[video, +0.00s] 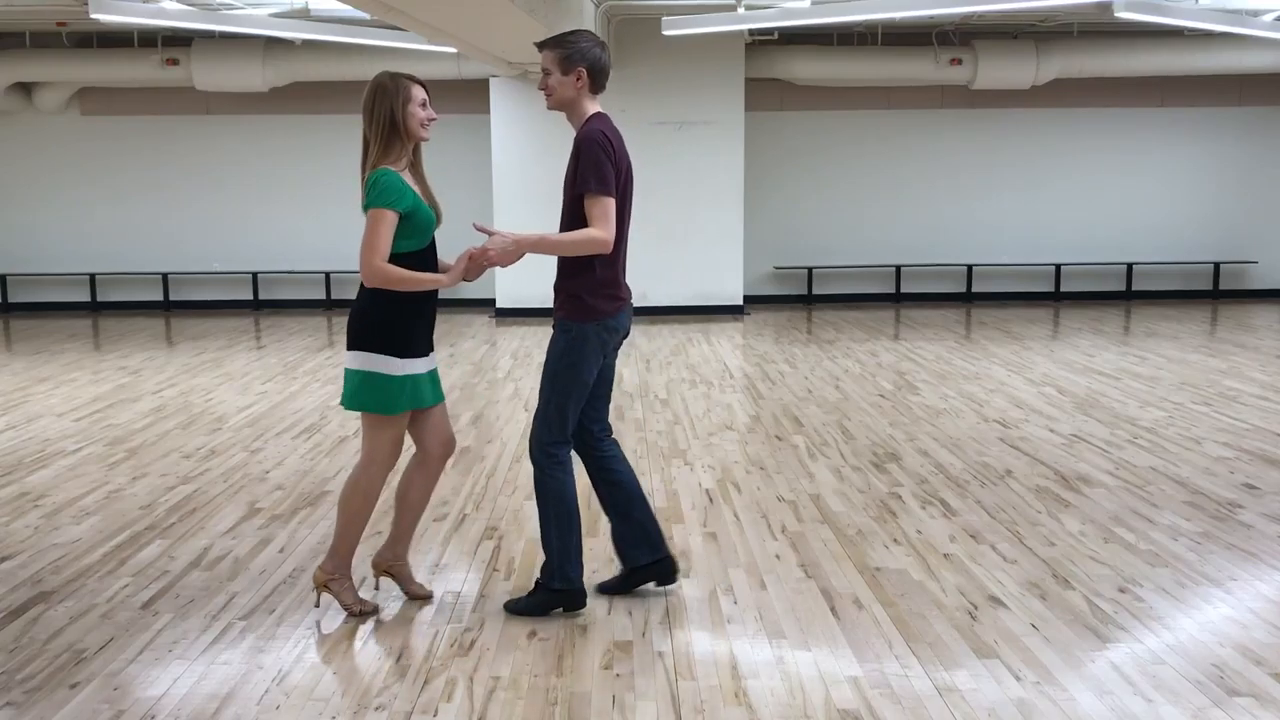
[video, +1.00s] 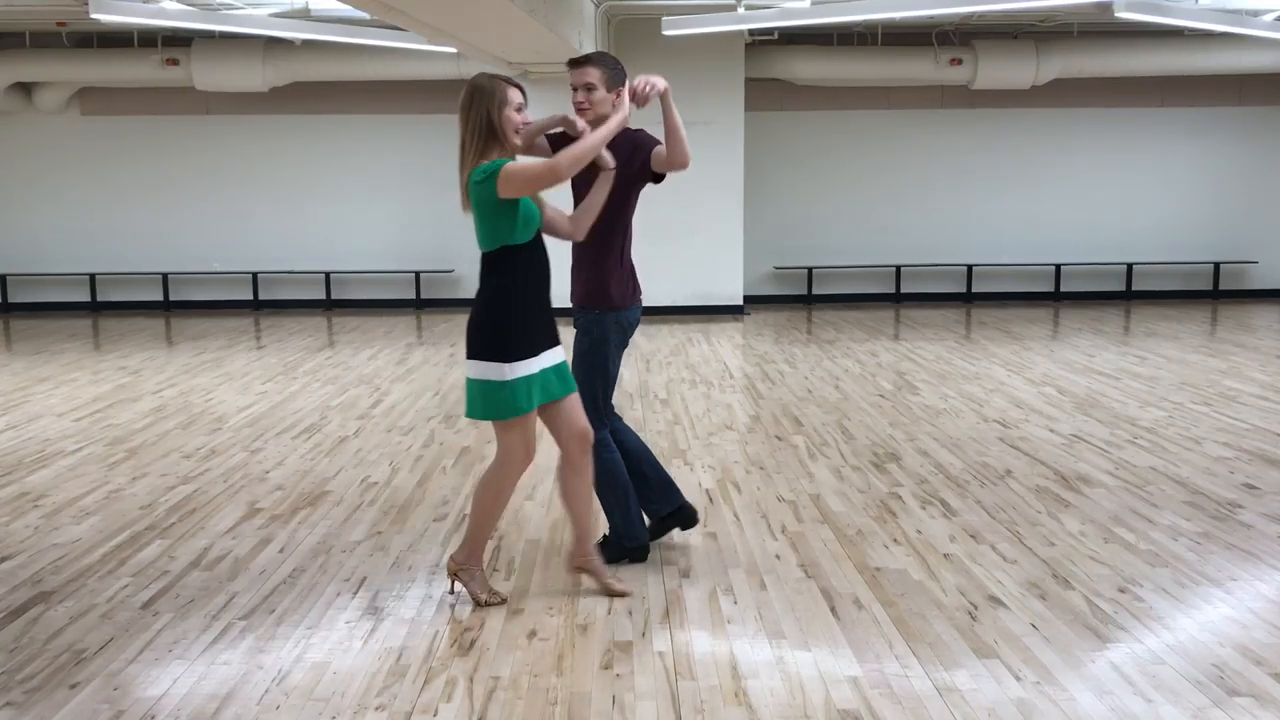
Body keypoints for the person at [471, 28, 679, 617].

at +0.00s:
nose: (540, 84)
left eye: (547, 74)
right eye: (541, 74)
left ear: (579, 77)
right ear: (580, 78)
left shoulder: (595, 139)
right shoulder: (601, 135)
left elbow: (602, 236)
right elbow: (593, 238)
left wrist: (525, 243)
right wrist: (520, 244)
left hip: (586, 317)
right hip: (603, 313)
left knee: (550, 444)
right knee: (591, 434)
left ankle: (562, 583)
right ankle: (648, 558)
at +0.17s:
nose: (547, 88)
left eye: (554, 78)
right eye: (547, 78)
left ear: (587, 80)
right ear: (585, 83)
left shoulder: (605, 139)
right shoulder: (610, 136)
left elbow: (620, 234)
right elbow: (616, 234)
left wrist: (538, 230)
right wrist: (542, 236)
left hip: (601, 315)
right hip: (622, 311)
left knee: (553, 436)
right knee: (617, 430)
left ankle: (562, 578)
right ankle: (676, 554)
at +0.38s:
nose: (560, 92)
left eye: (567, 82)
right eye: (559, 82)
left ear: (602, 83)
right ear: (596, 86)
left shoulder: (620, 138)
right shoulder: (614, 137)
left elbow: (652, 222)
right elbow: (605, 216)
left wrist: (575, 207)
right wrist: (547, 202)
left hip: (613, 314)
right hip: (639, 311)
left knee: (561, 423)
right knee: (630, 427)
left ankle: (597, 551)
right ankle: (677, 556)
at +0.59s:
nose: (567, 96)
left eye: (576, 87)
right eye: (566, 87)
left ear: (609, 90)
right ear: (598, 94)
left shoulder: (624, 143)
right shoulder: (608, 147)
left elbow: (674, 216)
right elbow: (581, 213)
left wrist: (629, 184)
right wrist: (550, 171)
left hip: (612, 314)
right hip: (632, 308)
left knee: (596, 428)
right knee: (632, 424)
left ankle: (627, 536)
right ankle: (676, 548)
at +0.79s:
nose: (572, 102)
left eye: (581, 93)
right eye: (570, 93)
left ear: (613, 96)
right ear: (584, 99)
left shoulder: (628, 150)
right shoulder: (590, 153)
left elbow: (673, 205)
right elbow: (543, 188)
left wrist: (659, 149)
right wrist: (542, 162)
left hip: (606, 314)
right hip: (627, 308)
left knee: (588, 429)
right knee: (615, 421)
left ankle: (628, 538)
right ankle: (683, 519)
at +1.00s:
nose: (578, 97)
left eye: (589, 88)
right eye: (574, 89)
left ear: (618, 91)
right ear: (572, 95)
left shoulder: (627, 145)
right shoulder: (575, 144)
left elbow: (678, 160)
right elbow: (517, 154)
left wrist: (664, 100)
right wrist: (554, 125)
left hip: (607, 303)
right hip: (605, 301)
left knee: (590, 423)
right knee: (597, 415)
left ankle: (628, 536)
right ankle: (669, 508)